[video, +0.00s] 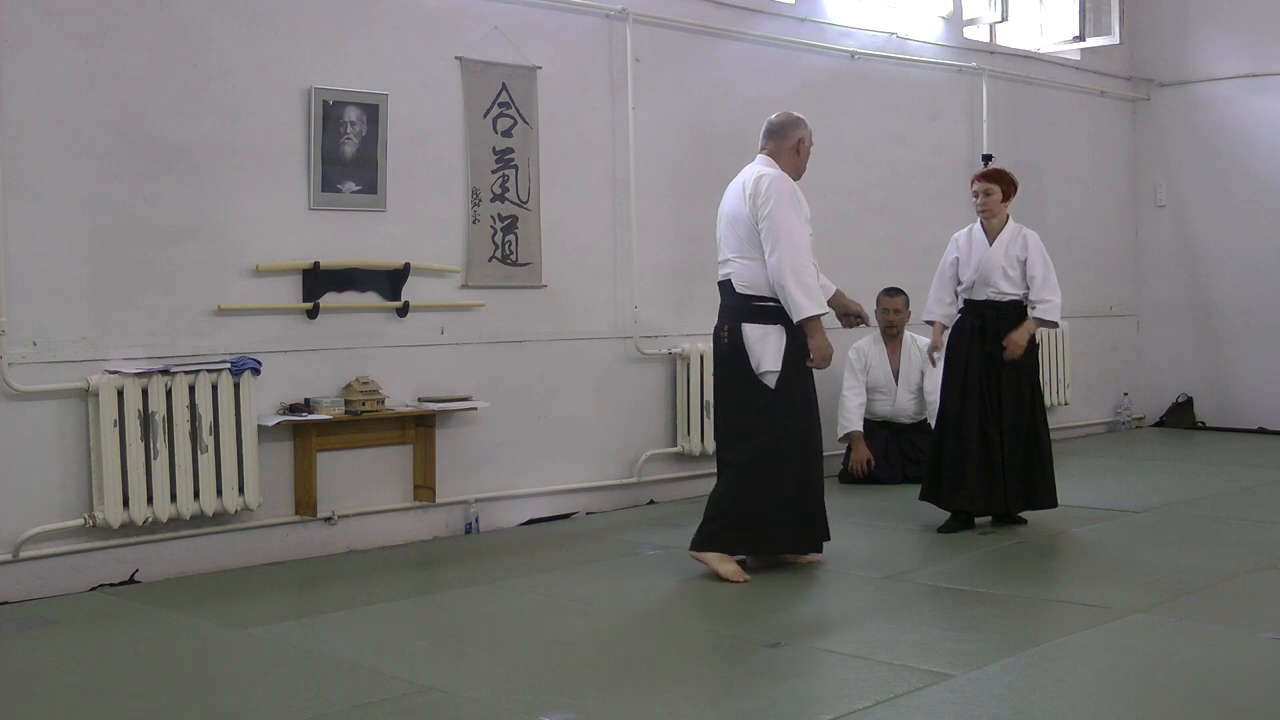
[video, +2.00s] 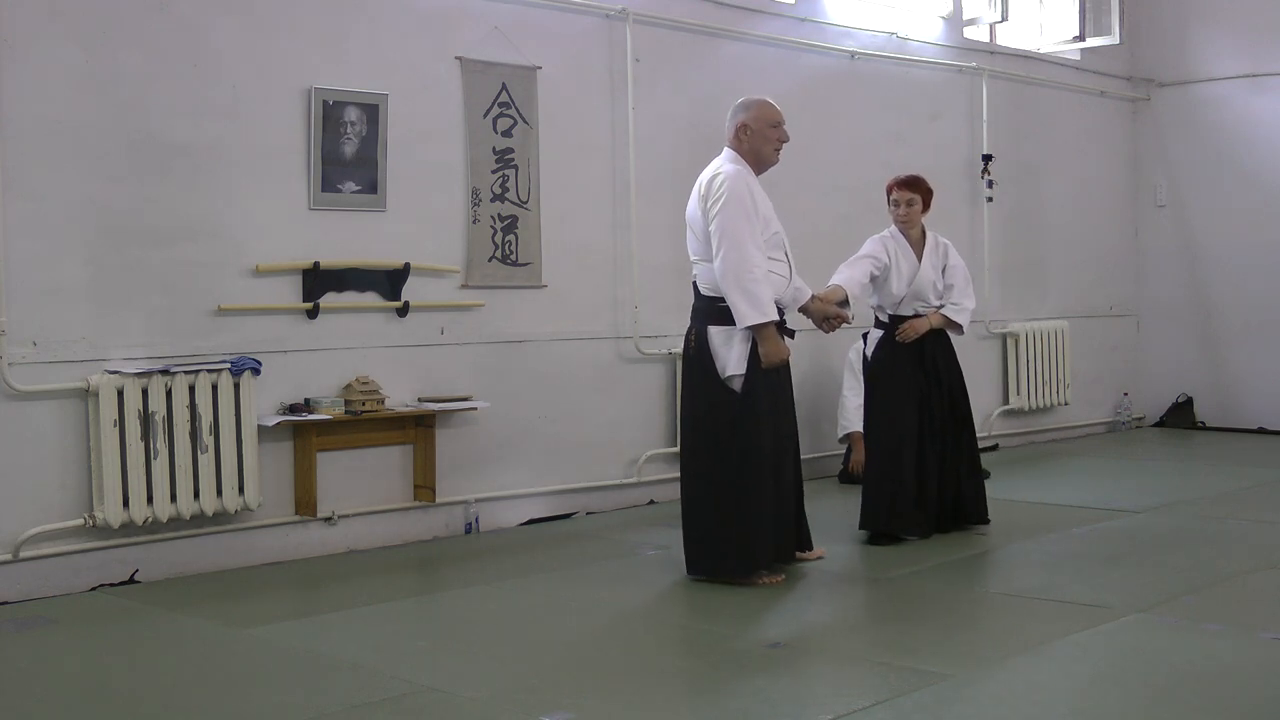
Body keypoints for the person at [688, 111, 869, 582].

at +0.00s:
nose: (809, 160)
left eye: (809, 151)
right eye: (809, 151)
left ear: (767, 143)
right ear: (798, 146)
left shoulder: (749, 180)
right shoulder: (776, 184)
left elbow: (789, 259)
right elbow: (790, 261)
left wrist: (837, 299)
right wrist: (814, 329)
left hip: (748, 318)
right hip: (763, 320)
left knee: (782, 431)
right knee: (771, 433)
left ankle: (776, 541)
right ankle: (713, 540)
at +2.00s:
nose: (784, 136)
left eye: (784, 128)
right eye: (775, 128)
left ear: (744, 133)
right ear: (743, 132)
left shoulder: (745, 182)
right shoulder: (730, 181)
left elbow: (769, 261)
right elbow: (738, 261)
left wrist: (809, 302)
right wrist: (765, 329)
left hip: (754, 327)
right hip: (730, 331)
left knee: (773, 440)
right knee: (735, 447)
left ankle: (782, 539)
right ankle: (732, 560)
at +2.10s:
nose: (786, 136)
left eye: (785, 128)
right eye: (777, 128)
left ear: (745, 133)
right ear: (744, 132)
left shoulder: (745, 183)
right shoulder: (730, 181)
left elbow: (770, 262)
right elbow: (739, 261)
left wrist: (809, 305)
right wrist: (766, 330)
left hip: (755, 328)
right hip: (730, 331)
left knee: (773, 440)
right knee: (735, 448)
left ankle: (783, 539)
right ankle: (733, 559)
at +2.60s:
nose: (785, 135)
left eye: (785, 128)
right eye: (775, 127)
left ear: (750, 134)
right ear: (743, 133)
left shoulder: (746, 180)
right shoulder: (733, 180)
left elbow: (767, 262)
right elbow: (740, 261)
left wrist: (805, 306)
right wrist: (766, 330)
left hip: (756, 324)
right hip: (731, 327)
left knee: (773, 438)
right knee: (734, 445)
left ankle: (780, 539)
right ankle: (730, 558)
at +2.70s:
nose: (784, 135)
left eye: (785, 128)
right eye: (775, 127)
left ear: (750, 134)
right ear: (743, 133)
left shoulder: (746, 181)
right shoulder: (732, 181)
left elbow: (767, 262)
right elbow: (739, 260)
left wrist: (805, 306)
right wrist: (766, 329)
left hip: (756, 324)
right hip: (731, 327)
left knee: (773, 438)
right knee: (733, 445)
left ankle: (780, 540)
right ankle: (730, 558)